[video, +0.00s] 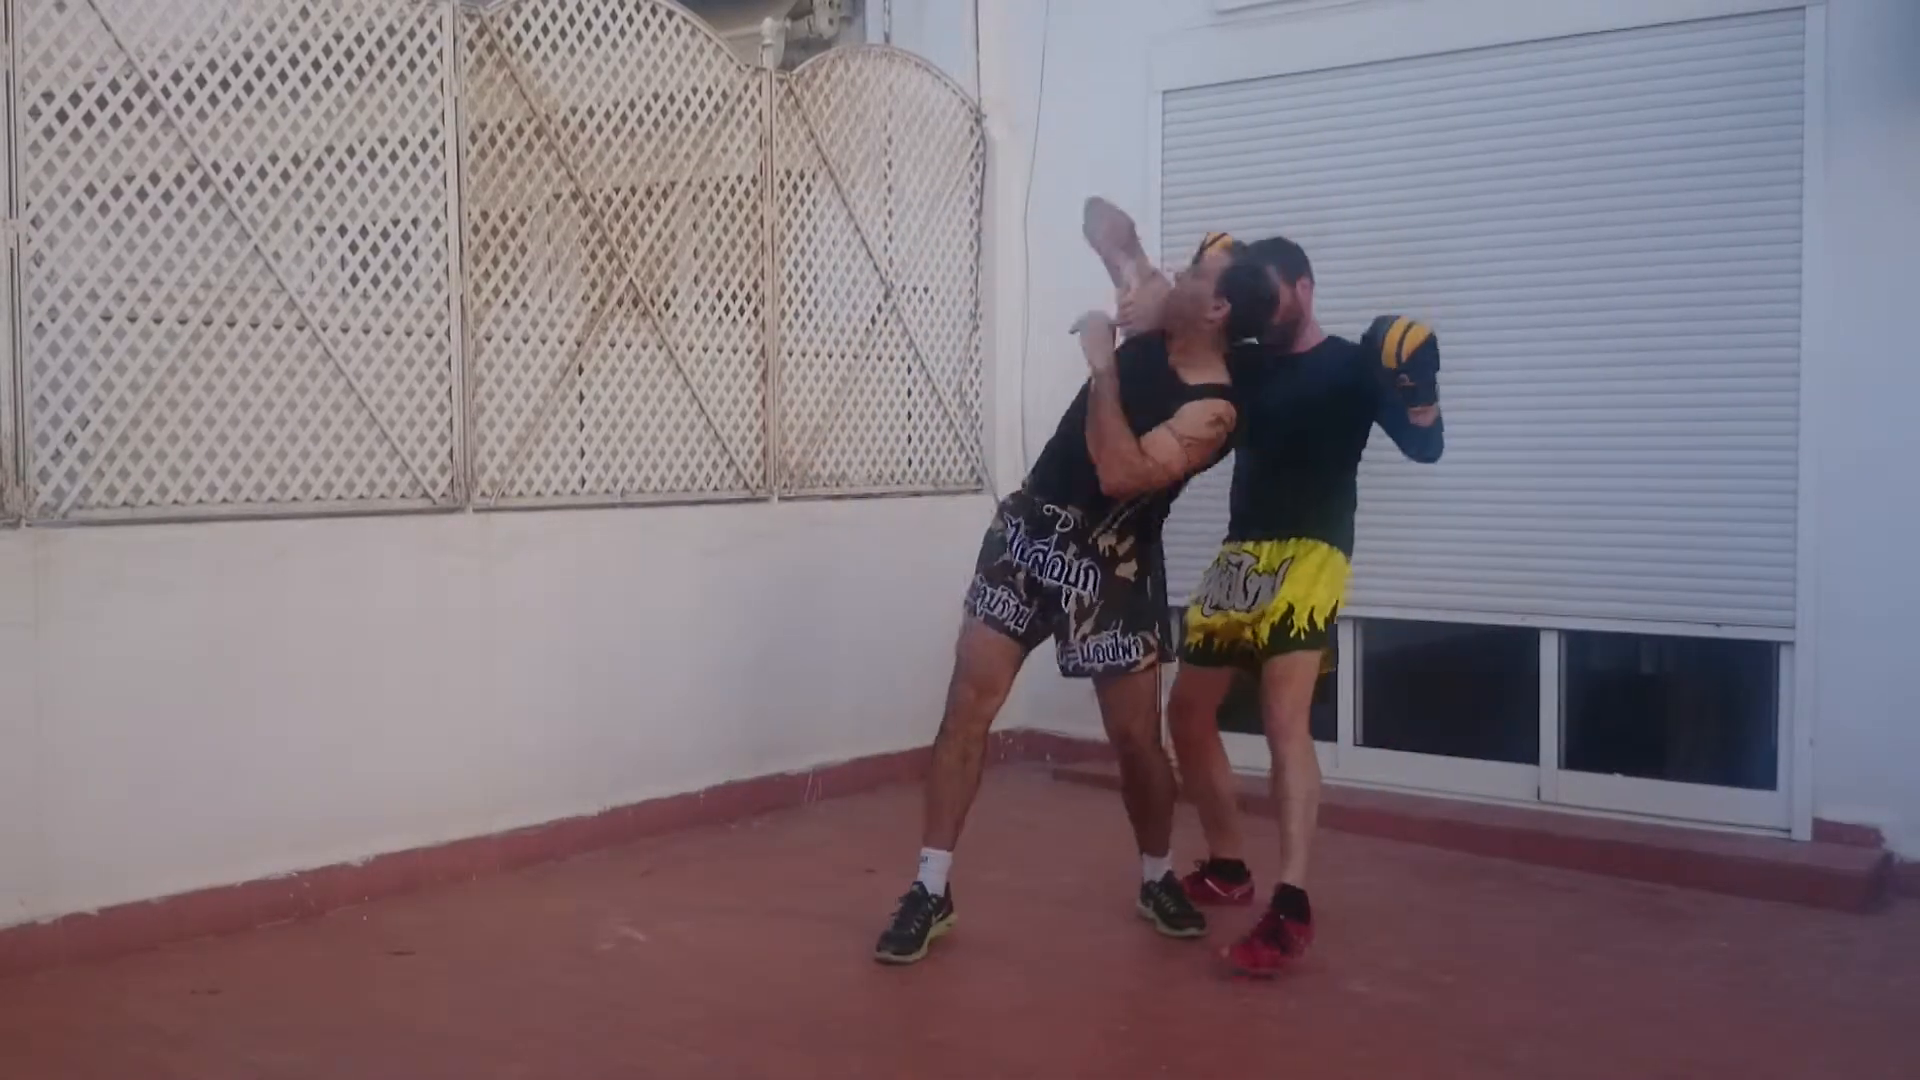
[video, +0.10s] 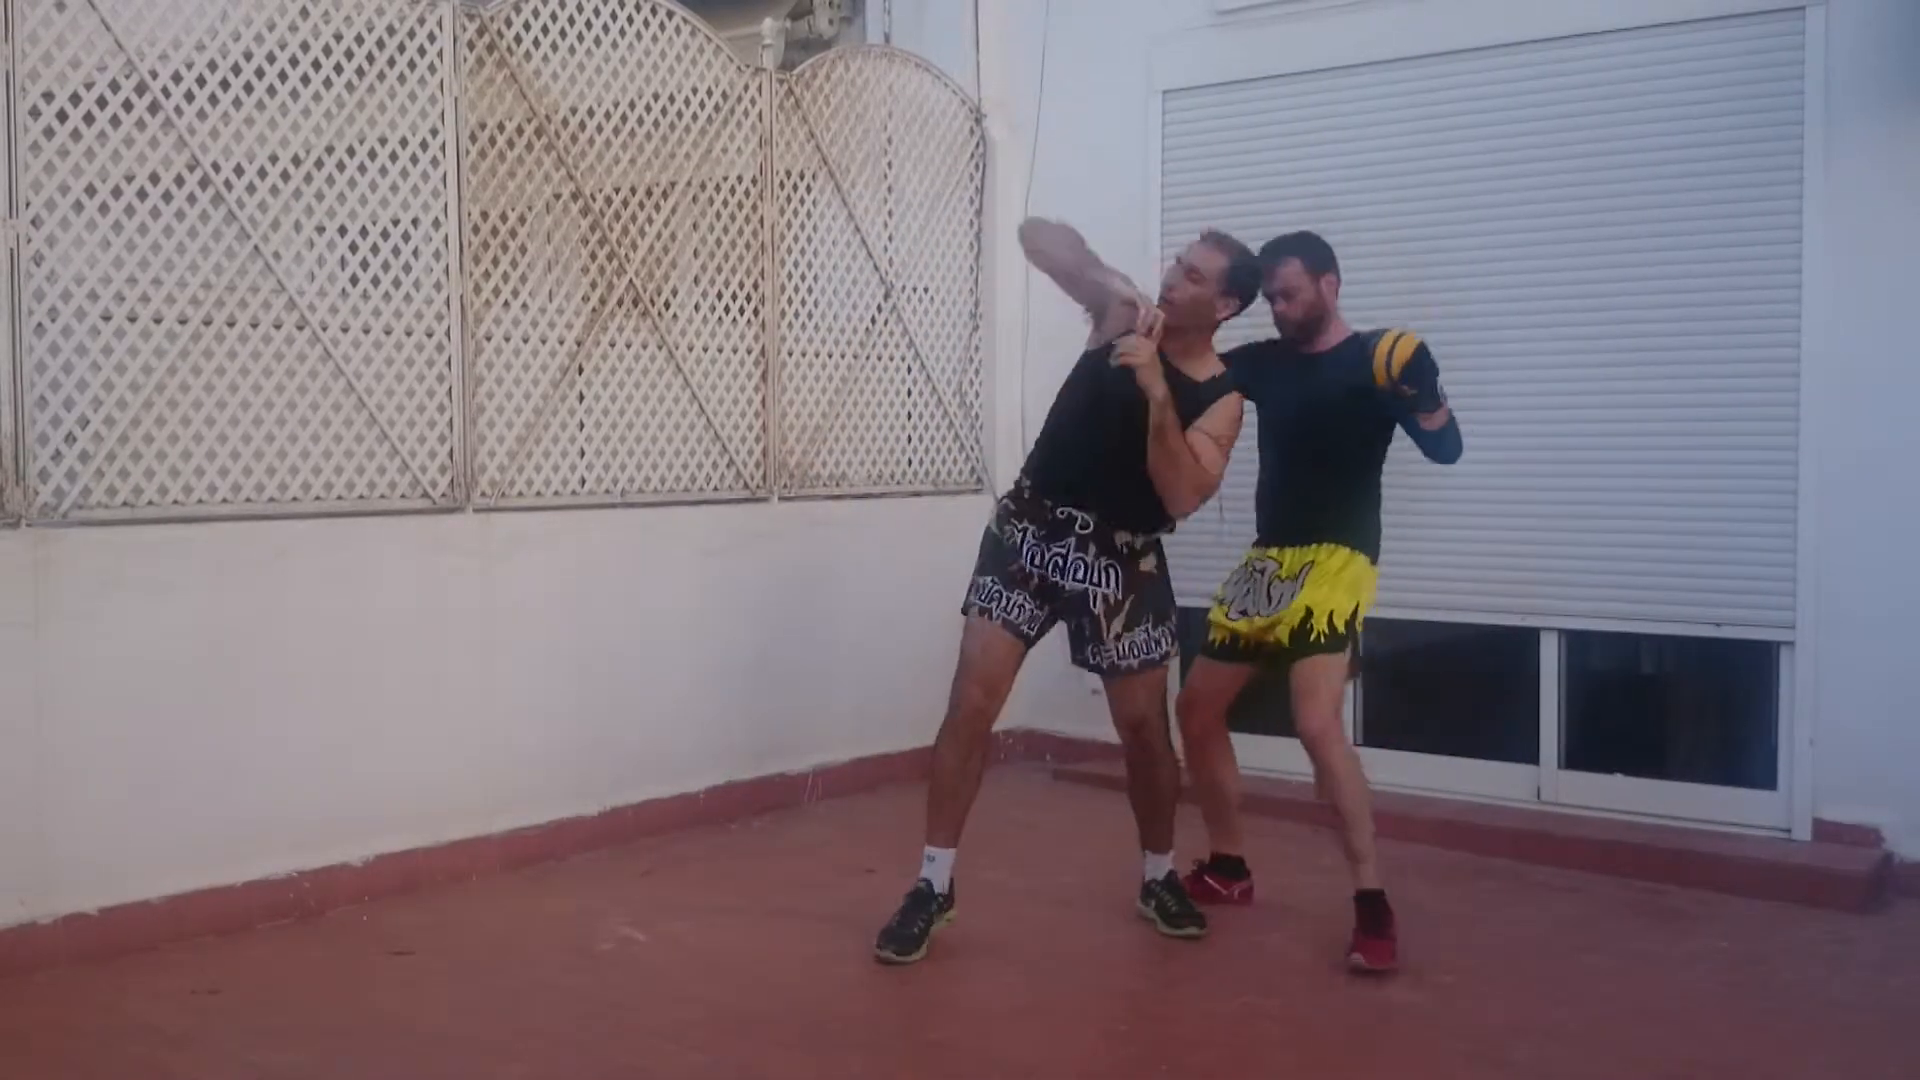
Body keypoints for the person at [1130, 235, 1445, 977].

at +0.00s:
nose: (1261, 309)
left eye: (1272, 292)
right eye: (1252, 297)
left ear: (1304, 288)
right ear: (1246, 305)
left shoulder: (1358, 362)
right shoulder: (1245, 366)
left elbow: (1424, 448)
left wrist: (1418, 388)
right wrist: (1205, 299)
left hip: (1310, 551)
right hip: (1241, 549)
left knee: (1285, 718)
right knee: (1189, 714)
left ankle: (1292, 902)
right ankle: (1227, 864)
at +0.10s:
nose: (1277, 309)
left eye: (1287, 295)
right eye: (1270, 298)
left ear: (1329, 286)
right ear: (1266, 300)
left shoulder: (1380, 360)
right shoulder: (1262, 361)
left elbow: (1446, 450)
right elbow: (1183, 393)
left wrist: (1424, 398)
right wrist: (1141, 338)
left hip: (1337, 557)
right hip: (1267, 556)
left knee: (1316, 722)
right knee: (1198, 711)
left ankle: (1370, 903)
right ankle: (1227, 866)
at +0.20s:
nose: (1309, 305)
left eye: (1321, 291)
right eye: (1304, 294)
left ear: (1365, 289)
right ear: (1306, 297)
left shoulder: (1407, 372)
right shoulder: (1299, 368)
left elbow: (1478, 459)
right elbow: (1215, 385)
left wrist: (1441, 428)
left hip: (1369, 578)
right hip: (1303, 571)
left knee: (1366, 743)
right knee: (1218, 706)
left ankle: (1474, 896)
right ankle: (1226, 865)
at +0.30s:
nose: (1345, 290)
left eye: (1356, 276)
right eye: (1341, 278)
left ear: (1405, 276)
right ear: (1354, 284)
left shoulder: (1450, 357)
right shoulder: (1361, 357)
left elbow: (1522, 442)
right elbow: (1313, 421)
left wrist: (1449, 433)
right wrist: (1249, 382)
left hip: (1425, 577)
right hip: (1350, 569)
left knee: (1433, 754)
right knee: (1287, 718)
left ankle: (1530, 906)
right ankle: (1239, 866)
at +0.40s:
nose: (1386, 284)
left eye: (1399, 270)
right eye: (1386, 272)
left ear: (1449, 272)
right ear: (1423, 279)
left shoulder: (1504, 354)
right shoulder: (1419, 363)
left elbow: (1557, 454)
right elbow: (1428, 454)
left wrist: (1480, 477)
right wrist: (1375, 456)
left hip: (1491, 577)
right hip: (1418, 566)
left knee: (1473, 762)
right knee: (1355, 719)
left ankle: (1530, 913)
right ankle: (1324, 869)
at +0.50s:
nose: (1436, 287)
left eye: (1447, 271)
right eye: (1434, 274)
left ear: (1497, 271)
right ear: (1485, 276)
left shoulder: (1556, 357)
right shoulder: (1489, 363)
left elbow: (1579, 484)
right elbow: (1497, 472)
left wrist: (1476, 506)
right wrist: (1434, 476)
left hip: (1542, 578)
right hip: (1480, 570)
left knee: (1491, 754)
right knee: (1417, 717)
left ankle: (1534, 916)